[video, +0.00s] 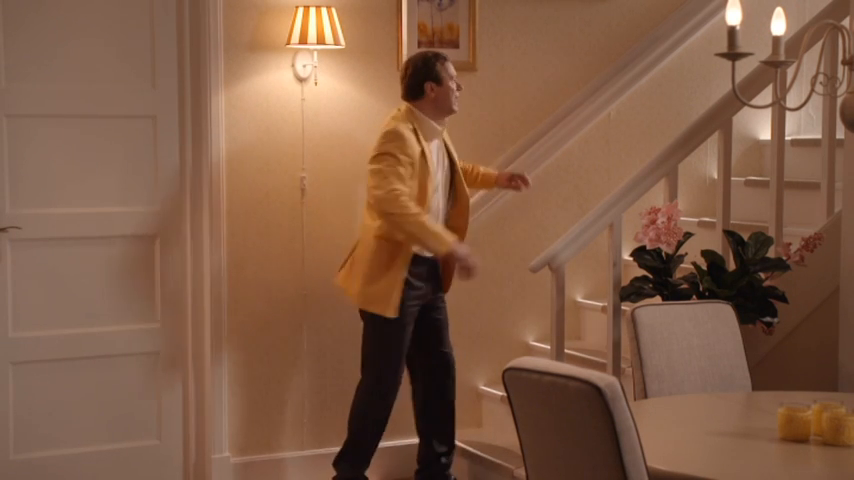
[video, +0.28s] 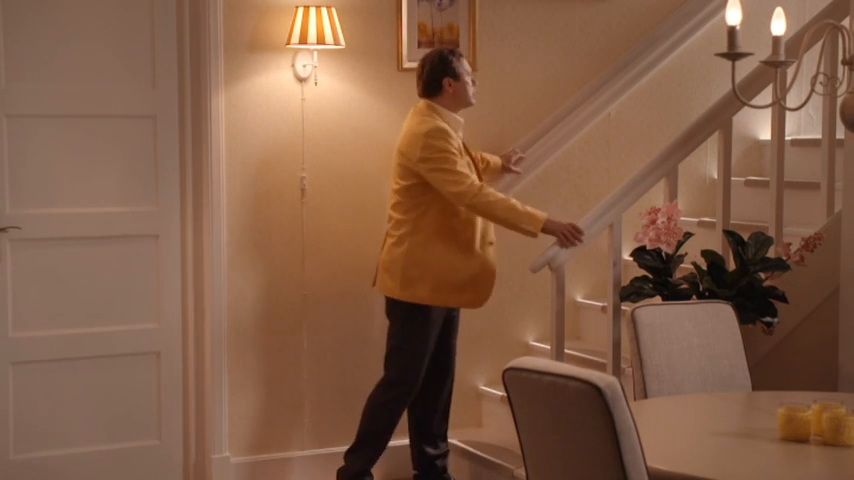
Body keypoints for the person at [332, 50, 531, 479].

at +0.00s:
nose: (460, 91)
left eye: (458, 84)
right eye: (454, 84)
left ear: (431, 89)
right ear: (430, 88)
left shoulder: (435, 133)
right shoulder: (398, 133)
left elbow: (455, 174)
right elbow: (389, 202)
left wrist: (498, 179)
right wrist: (448, 245)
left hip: (427, 274)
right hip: (392, 276)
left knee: (437, 374)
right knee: (381, 381)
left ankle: (435, 471)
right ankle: (349, 472)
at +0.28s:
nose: (474, 84)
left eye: (472, 78)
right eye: (469, 78)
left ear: (446, 85)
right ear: (449, 85)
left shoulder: (443, 125)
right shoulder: (429, 131)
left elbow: (467, 164)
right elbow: (472, 194)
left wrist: (501, 164)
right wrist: (544, 223)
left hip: (441, 277)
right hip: (416, 278)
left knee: (435, 383)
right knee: (402, 381)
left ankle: (431, 471)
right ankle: (354, 471)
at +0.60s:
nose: (491, 82)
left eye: (488, 74)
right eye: (485, 75)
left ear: (461, 82)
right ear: (466, 81)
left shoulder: (456, 121)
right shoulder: (450, 125)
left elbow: (459, 194)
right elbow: (485, 193)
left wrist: (496, 177)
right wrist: (545, 228)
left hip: (458, 272)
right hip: (442, 273)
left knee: (451, 379)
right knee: (438, 380)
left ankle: (433, 470)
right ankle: (388, 472)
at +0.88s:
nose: (500, 79)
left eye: (497, 72)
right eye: (494, 72)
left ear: (470, 82)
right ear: (474, 81)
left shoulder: (462, 121)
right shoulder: (461, 123)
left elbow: (462, 195)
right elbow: (488, 191)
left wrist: (497, 178)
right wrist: (544, 229)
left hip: (462, 272)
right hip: (448, 272)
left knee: (452, 378)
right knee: (439, 378)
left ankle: (434, 470)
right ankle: (405, 472)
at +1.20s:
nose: (505, 80)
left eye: (501, 73)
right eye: (498, 73)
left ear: (474, 82)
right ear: (480, 81)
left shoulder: (465, 120)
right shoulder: (466, 123)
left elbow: (461, 194)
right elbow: (489, 190)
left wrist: (498, 178)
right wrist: (545, 229)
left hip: (462, 271)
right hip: (448, 271)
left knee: (451, 376)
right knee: (435, 375)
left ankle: (433, 469)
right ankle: (405, 471)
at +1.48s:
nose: (504, 80)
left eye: (500, 72)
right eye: (497, 72)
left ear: (473, 82)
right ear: (481, 80)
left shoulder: (464, 119)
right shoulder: (468, 121)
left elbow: (461, 192)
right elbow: (491, 188)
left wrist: (500, 176)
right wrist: (545, 228)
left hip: (462, 271)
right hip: (449, 271)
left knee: (451, 376)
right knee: (436, 374)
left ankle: (433, 469)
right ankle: (405, 471)